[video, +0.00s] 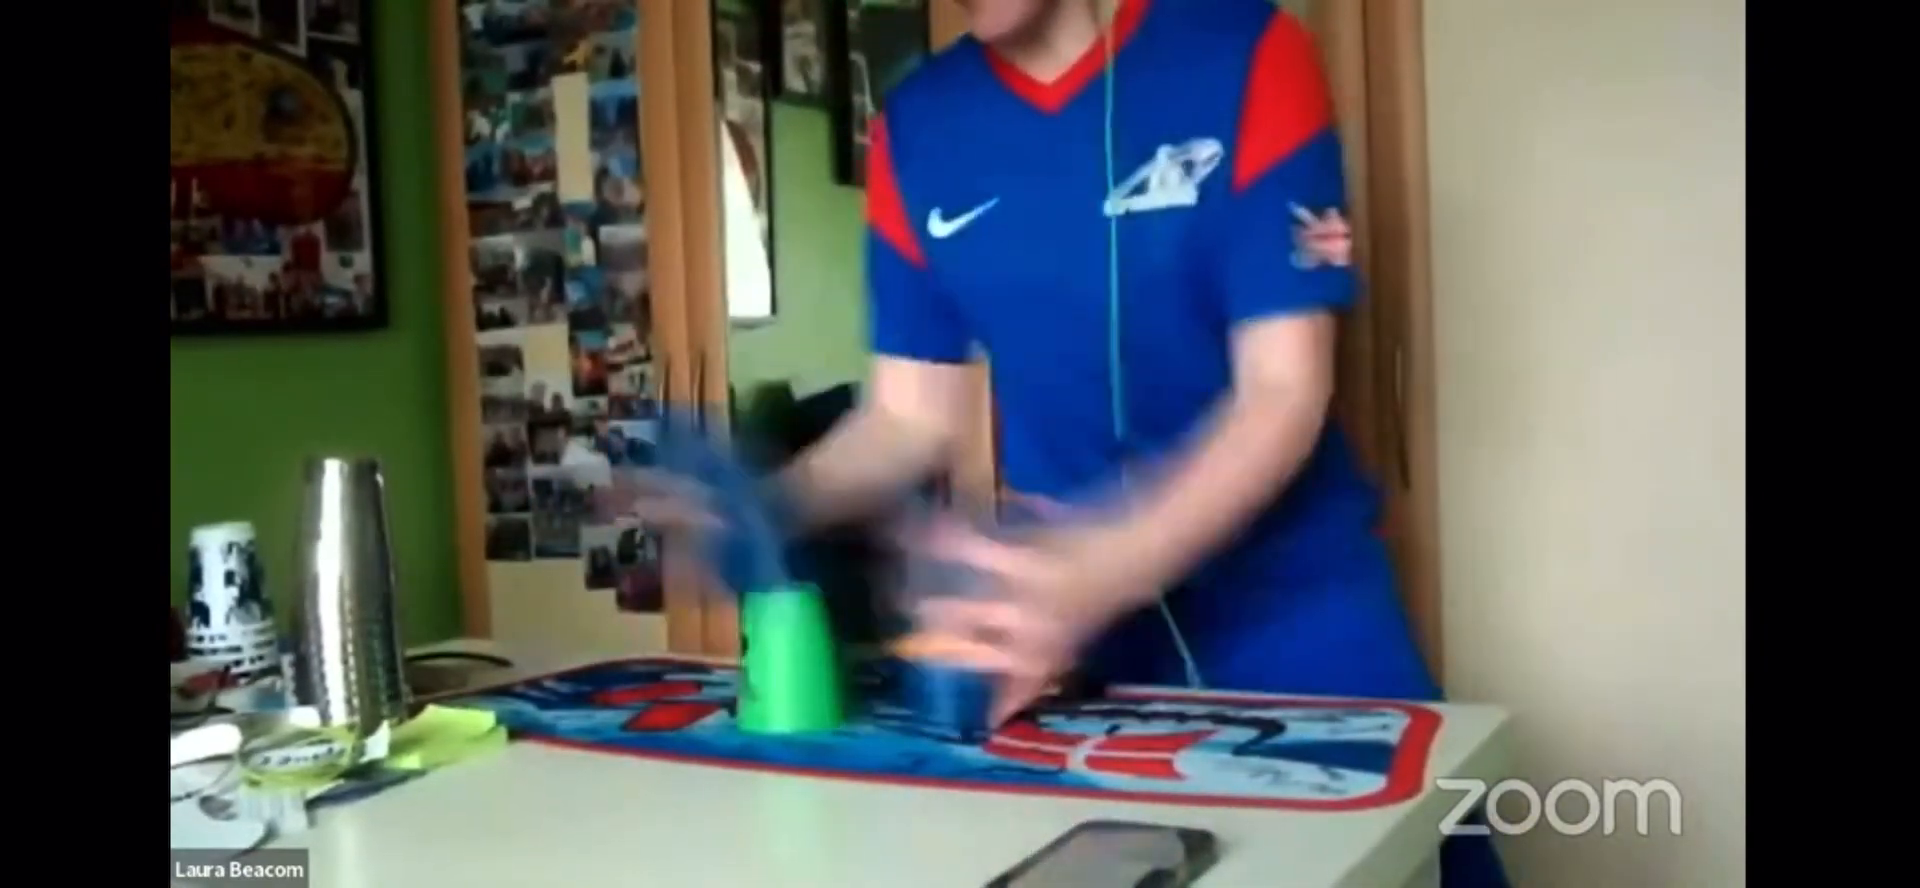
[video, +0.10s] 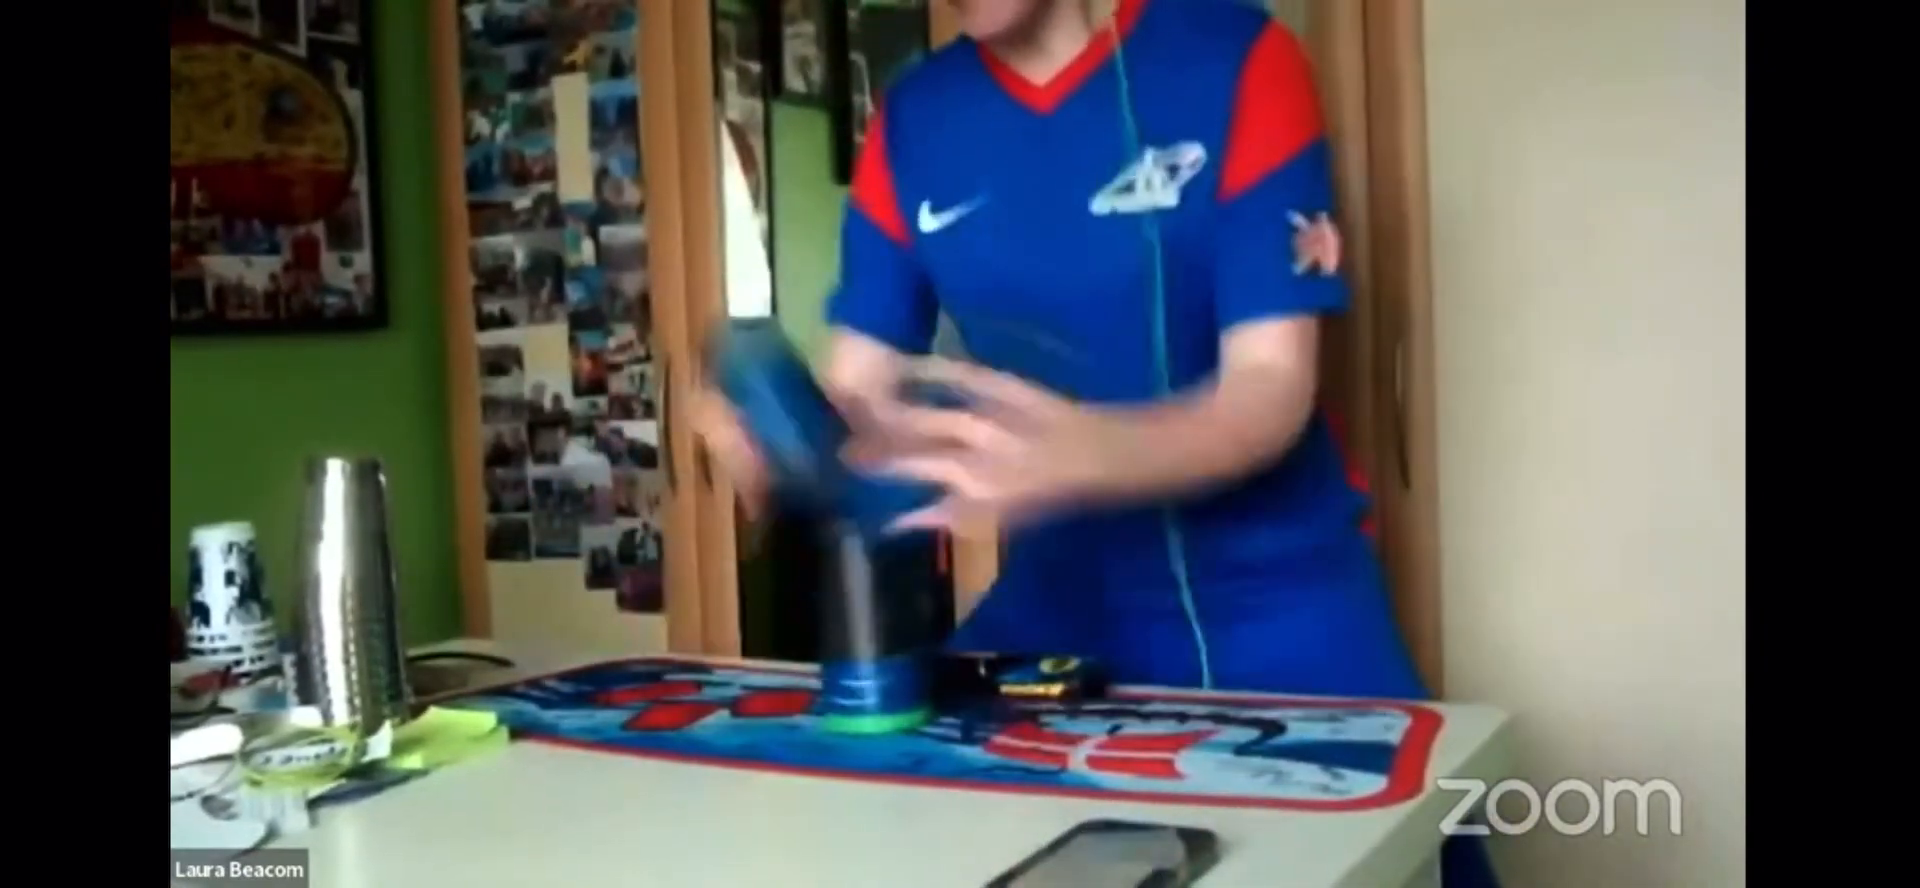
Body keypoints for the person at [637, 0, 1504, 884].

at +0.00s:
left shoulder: (1242, 52)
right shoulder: (919, 121)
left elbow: (1285, 394)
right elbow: (912, 413)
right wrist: (759, 511)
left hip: (1292, 646)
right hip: (1066, 670)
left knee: (1365, 866)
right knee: (1106, 871)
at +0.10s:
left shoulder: (1236, 61)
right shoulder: (916, 118)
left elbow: (1270, 397)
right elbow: (862, 397)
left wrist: (1088, 452)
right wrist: (776, 436)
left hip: (1279, 631)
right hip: (1053, 629)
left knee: (1357, 863)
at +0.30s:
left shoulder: (1247, 53)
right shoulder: (915, 103)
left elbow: (1285, 376)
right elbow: (772, 338)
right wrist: (724, 493)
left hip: (1269, 579)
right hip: (1039, 592)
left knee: (1356, 848)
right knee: (889, 813)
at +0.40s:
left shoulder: (1254, 76)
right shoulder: (923, 122)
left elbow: (1289, 392)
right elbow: (836, 372)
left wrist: (1211, 529)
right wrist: (765, 482)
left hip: (1260, 578)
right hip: (1036, 598)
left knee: (1386, 838)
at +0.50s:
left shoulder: (1258, 95)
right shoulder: (928, 128)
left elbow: (1273, 412)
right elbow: (852, 380)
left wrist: (1098, 550)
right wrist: (828, 465)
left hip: (1266, 606)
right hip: (1048, 625)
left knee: (1382, 860)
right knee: (1057, 871)